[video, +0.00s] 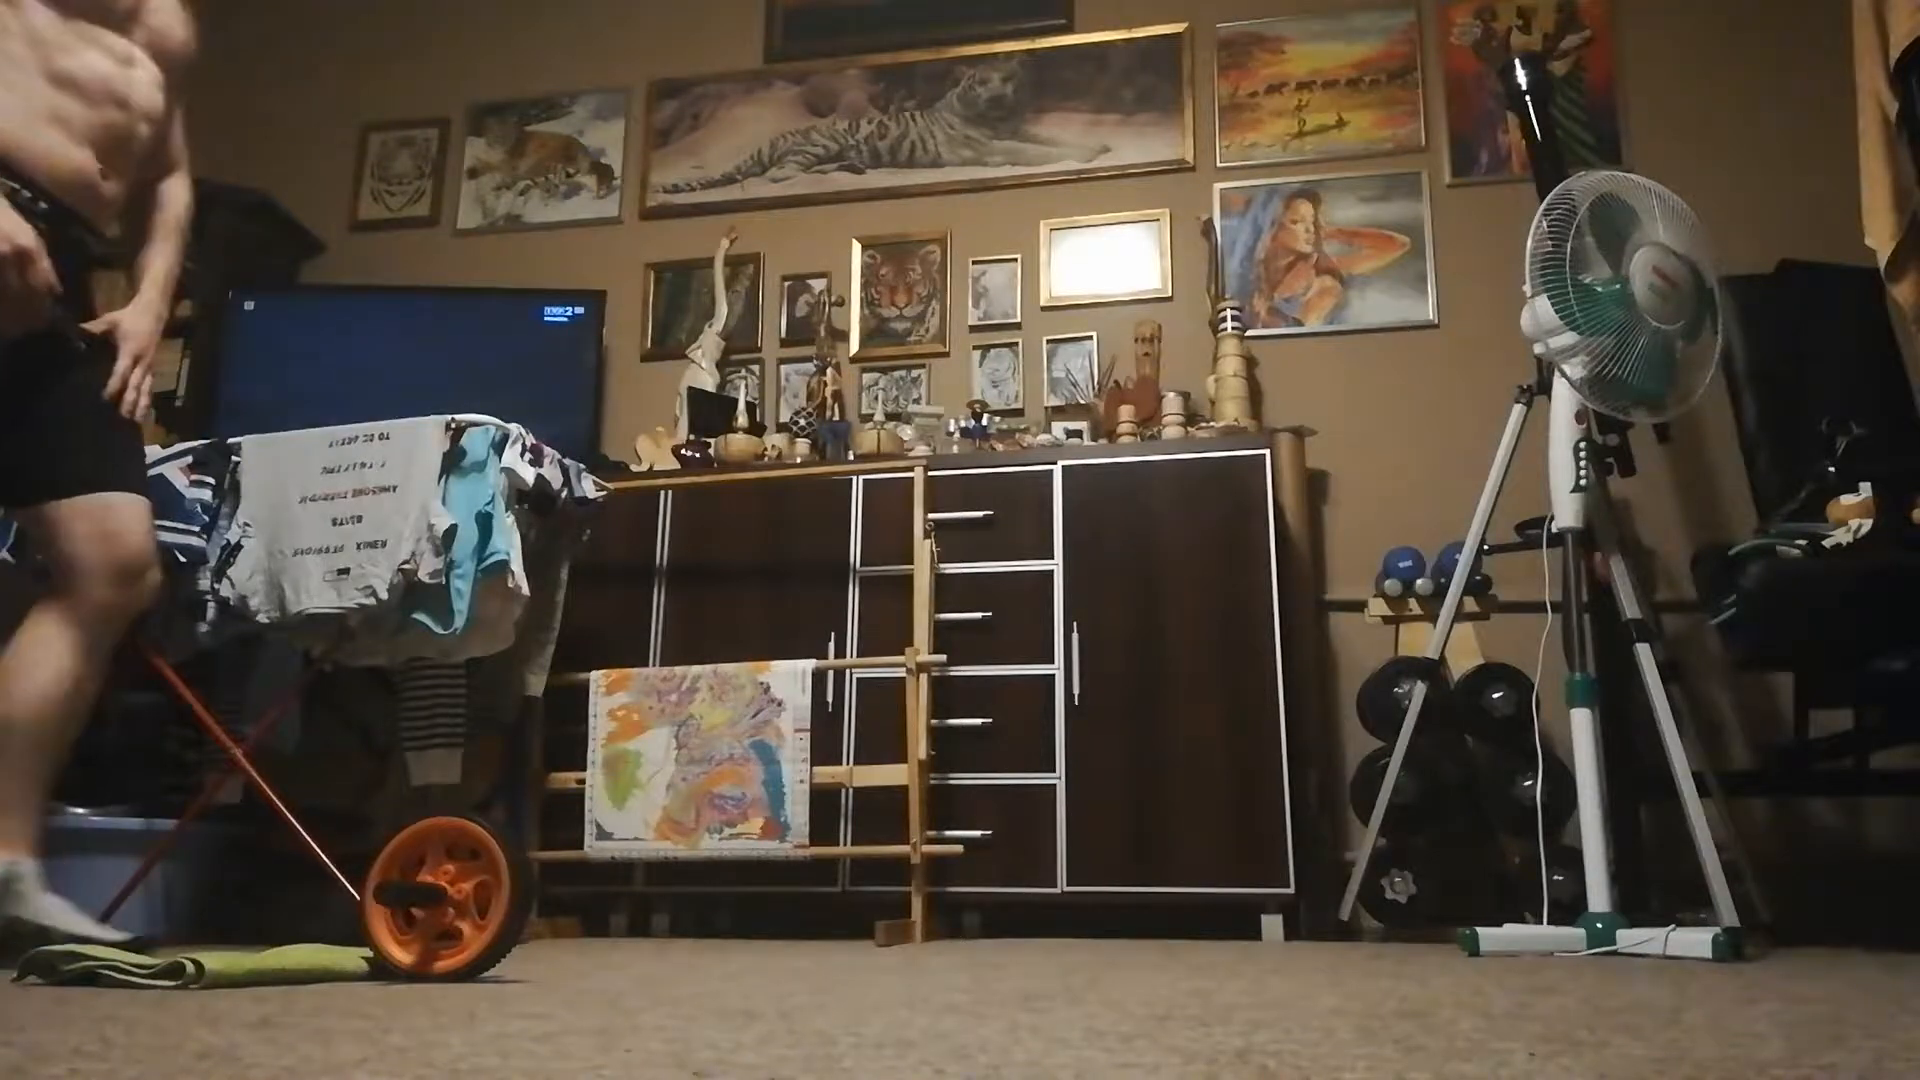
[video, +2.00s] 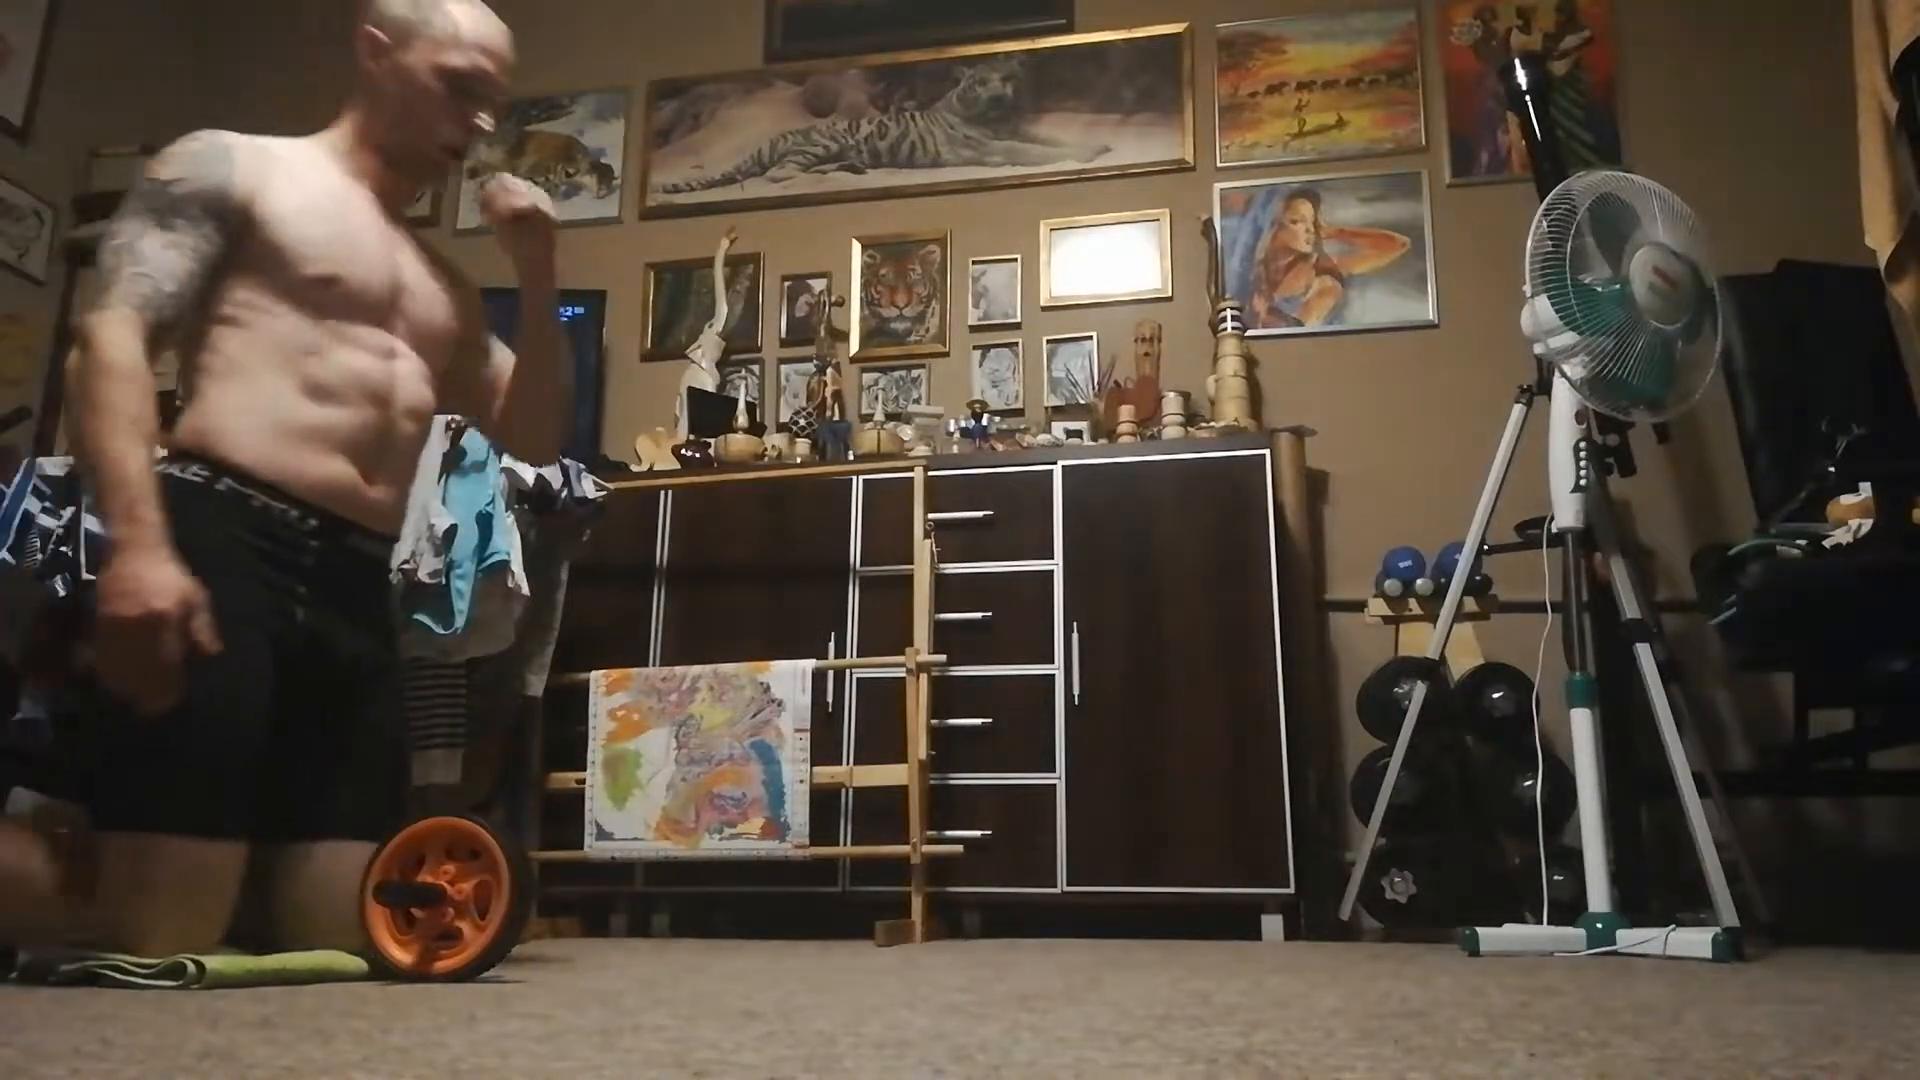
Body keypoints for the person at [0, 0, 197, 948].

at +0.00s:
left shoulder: (161, 28)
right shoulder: (27, 16)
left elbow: (171, 170)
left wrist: (150, 300)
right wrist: (3, 211)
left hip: (69, 277)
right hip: (8, 241)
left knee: (111, 563)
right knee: (101, 563)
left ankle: (12, 868)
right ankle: (13, 869)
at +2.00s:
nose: (480, 123)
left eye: (494, 104)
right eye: (462, 88)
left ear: (499, 112)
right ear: (376, 47)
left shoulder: (443, 288)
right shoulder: (228, 164)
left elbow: (528, 437)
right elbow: (112, 335)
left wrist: (539, 277)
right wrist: (137, 544)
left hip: (357, 592)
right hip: (218, 545)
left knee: (328, 938)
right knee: (165, 925)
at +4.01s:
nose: (600, 331)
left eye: (618, 308)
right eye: (590, 293)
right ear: (510, 240)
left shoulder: (508, 457)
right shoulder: (340, 340)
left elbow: (501, 658)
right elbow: (331, 601)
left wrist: (482, 835)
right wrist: (379, 838)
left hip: (245, 643)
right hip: (92, 599)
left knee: (334, 922)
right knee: (180, 930)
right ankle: (11, 866)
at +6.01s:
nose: (712, 379)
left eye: (733, 359)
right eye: (709, 342)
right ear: (638, 277)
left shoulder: (593, 461)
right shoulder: (442, 334)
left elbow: (542, 653)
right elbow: (389, 603)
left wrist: (498, 860)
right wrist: (401, 847)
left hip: (297, 633)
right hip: (156, 571)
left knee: (360, 912)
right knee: (177, 927)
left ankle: (107, 859)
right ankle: (21, 861)